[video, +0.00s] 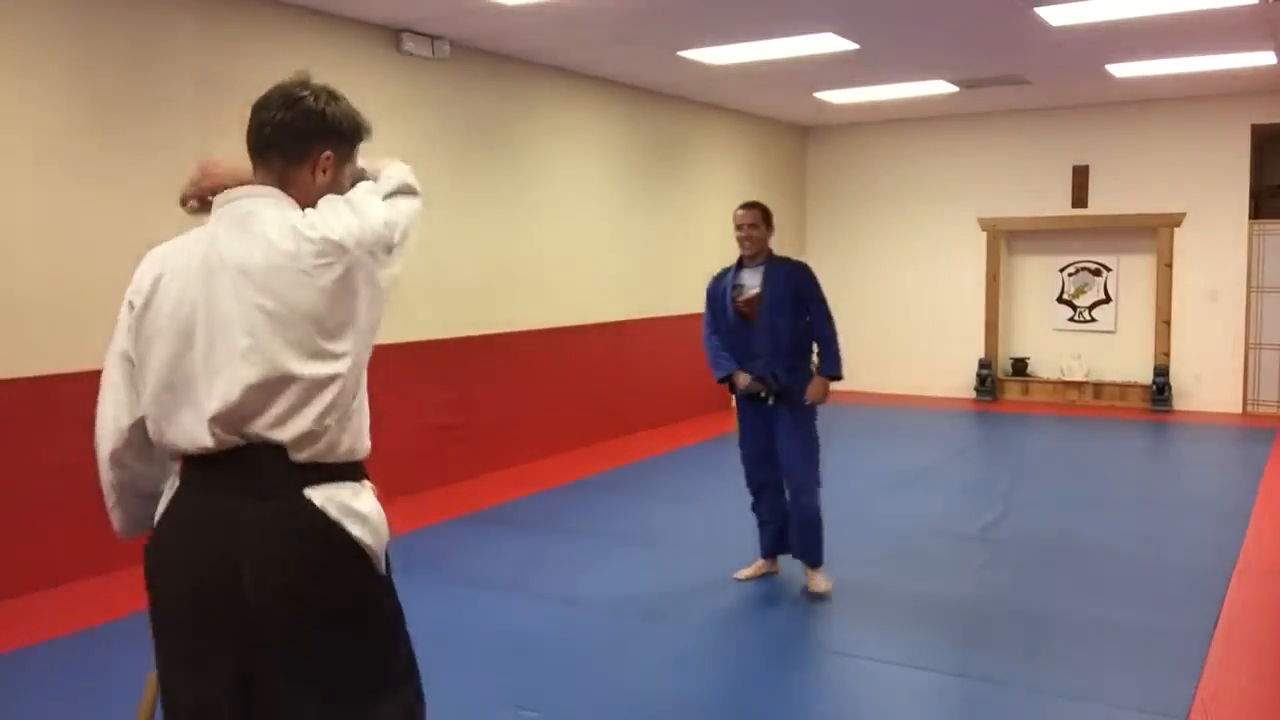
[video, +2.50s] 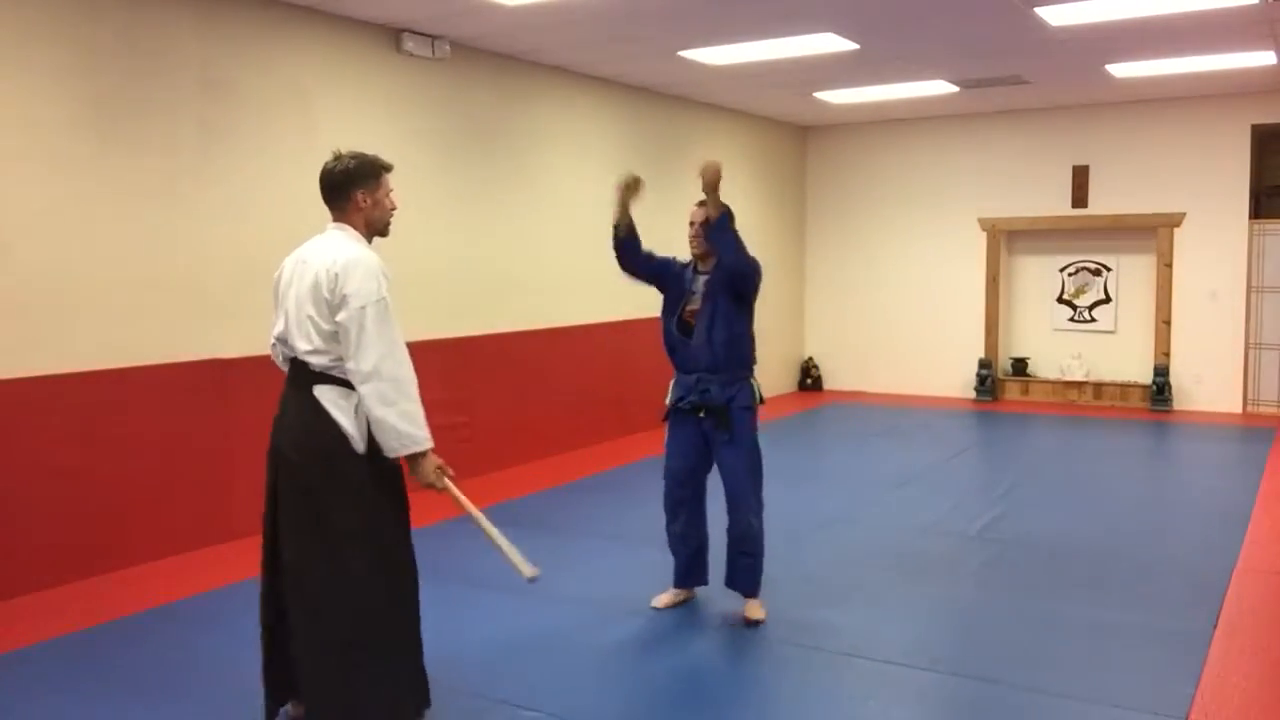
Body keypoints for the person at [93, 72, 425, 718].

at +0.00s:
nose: (348, 182)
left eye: (349, 167)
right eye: (350, 168)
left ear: (261, 153)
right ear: (323, 167)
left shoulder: (161, 266)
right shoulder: (337, 240)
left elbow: (121, 429)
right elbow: (399, 182)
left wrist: (142, 518)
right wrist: (245, 176)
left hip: (191, 529)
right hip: (315, 530)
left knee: (201, 706)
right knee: (367, 704)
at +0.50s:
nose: (370, 192)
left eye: (369, 179)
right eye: (369, 180)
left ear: (296, 185)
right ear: (356, 186)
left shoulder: (239, 280)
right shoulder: (394, 276)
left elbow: (213, 413)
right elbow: (451, 391)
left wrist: (275, 443)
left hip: (280, 499)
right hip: (382, 496)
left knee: (278, 673)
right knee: (388, 671)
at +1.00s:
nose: (391, 195)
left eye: (388, 183)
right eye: (384, 184)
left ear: (328, 196)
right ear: (361, 193)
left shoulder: (277, 273)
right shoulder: (385, 269)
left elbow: (281, 371)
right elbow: (443, 383)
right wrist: (439, 335)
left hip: (304, 450)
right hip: (377, 453)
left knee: (326, 617)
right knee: (394, 619)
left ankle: (338, 713)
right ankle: (398, 714)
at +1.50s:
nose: (402, 194)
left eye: (399, 183)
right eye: (395, 184)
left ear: (348, 194)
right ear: (368, 190)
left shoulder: (299, 264)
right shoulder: (380, 256)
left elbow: (289, 371)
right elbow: (421, 357)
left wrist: (312, 432)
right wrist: (511, 377)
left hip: (316, 433)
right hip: (377, 431)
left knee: (326, 589)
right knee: (402, 584)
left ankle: (329, 709)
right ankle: (414, 706)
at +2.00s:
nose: (427, 199)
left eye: (425, 188)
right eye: (420, 189)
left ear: (372, 198)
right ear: (397, 196)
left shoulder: (319, 261)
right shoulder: (401, 263)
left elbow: (295, 359)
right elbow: (428, 374)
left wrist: (316, 423)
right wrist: (488, 423)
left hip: (328, 419)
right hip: (384, 424)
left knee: (336, 567)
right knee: (407, 565)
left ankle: (318, 700)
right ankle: (412, 702)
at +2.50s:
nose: (393, 203)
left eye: (390, 192)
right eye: (387, 193)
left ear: (342, 201)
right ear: (361, 200)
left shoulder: (299, 259)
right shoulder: (359, 264)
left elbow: (283, 348)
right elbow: (380, 366)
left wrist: (333, 384)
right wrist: (418, 449)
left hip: (294, 425)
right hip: (344, 431)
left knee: (302, 565)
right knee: (371, 568)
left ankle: (299, 695)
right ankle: (379, 700)